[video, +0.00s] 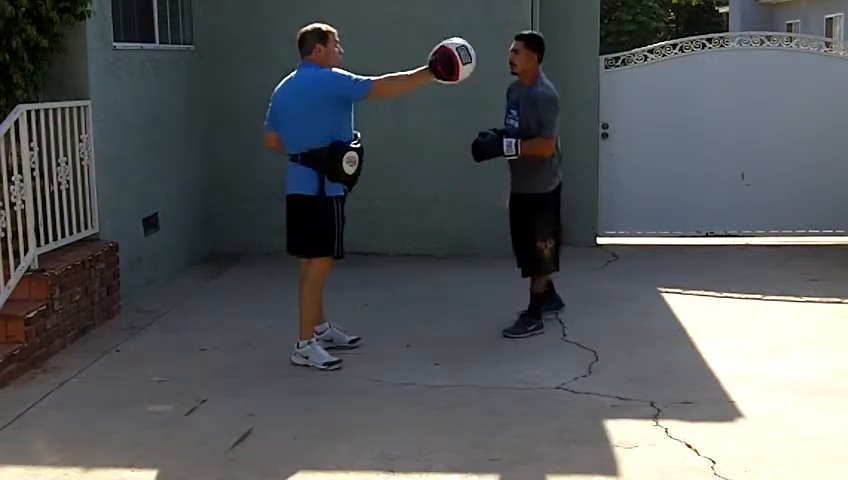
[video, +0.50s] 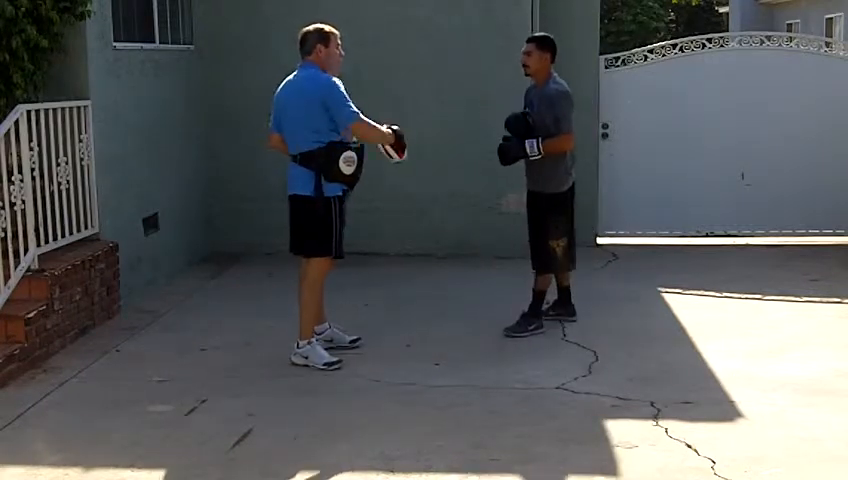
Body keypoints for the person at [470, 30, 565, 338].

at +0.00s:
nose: (510, 56)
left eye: (517, 52)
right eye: (511, 51)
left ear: (535, 58)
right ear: (514, 58)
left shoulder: (545, 95)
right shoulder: (514, 91)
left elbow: (546, 146)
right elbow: (517, 132)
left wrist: (504, 147)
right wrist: (495, 138)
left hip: (542, 187)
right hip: (522, 186)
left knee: (539, 249)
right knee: (527, 246)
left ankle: (534, 315)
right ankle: (548, 295)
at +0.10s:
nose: (514, 56)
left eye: (520, 52)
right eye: (515, 51)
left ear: (538, 57)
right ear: (521, 57)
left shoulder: (549, 94)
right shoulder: (517, 91)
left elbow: (552, 144)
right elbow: (520, 133)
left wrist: (511, 145)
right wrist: (500, 138)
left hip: (545, 186)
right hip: (524, 184)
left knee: (538, 248)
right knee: (537, 245)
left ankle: (533, 314)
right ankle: (559, 298)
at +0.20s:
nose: (517, 56)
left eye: (523, 52)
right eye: (517, 52)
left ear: (540, 57)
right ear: (525, 58)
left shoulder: (553, 94)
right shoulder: (520, 92)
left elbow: (558, 143)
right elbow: (517, 129)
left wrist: (519, 145)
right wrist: (501, 138)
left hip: (546, 186)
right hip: (528, 184)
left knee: (537, 249)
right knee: (546, 245)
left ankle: (533, 314)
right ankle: (562, 302)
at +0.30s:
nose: (520, 57)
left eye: (526, 53)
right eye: (520, 52)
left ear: (544, 58)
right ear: (526, 58)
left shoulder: (556, 94)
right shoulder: (524, 92)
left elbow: (562, 144)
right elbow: (519, 128)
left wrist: (524, 147)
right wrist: (506, 140)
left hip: (549, 186)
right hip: (532, 184)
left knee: (539, 249)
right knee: (554, 244)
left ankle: (533, 315)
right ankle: (564, 303)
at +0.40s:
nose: (521, 58)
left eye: (527, 53)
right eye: (521, 53)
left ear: (544, 58)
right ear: (531, 59)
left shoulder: (557, 94)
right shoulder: (528, 93)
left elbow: (565, 142)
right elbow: (526, 129)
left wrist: (528, 148)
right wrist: (511, 143)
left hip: (553, 186)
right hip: (536, 184)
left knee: (540, 249)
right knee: (555, 244)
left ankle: (533, 315)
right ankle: (564, 302)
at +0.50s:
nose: (523, 59)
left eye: (528, 54)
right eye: (523, 54)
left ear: (546, 58)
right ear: (534, 59)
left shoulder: (559, 93)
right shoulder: (532, 93)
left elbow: (566, 142)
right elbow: (530, 128)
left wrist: (529, 148)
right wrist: (516, 141)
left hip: (556, 186)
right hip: (539, 184)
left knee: (544, 250)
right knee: (556, 246)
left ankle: (534, 314)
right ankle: (564, 303)